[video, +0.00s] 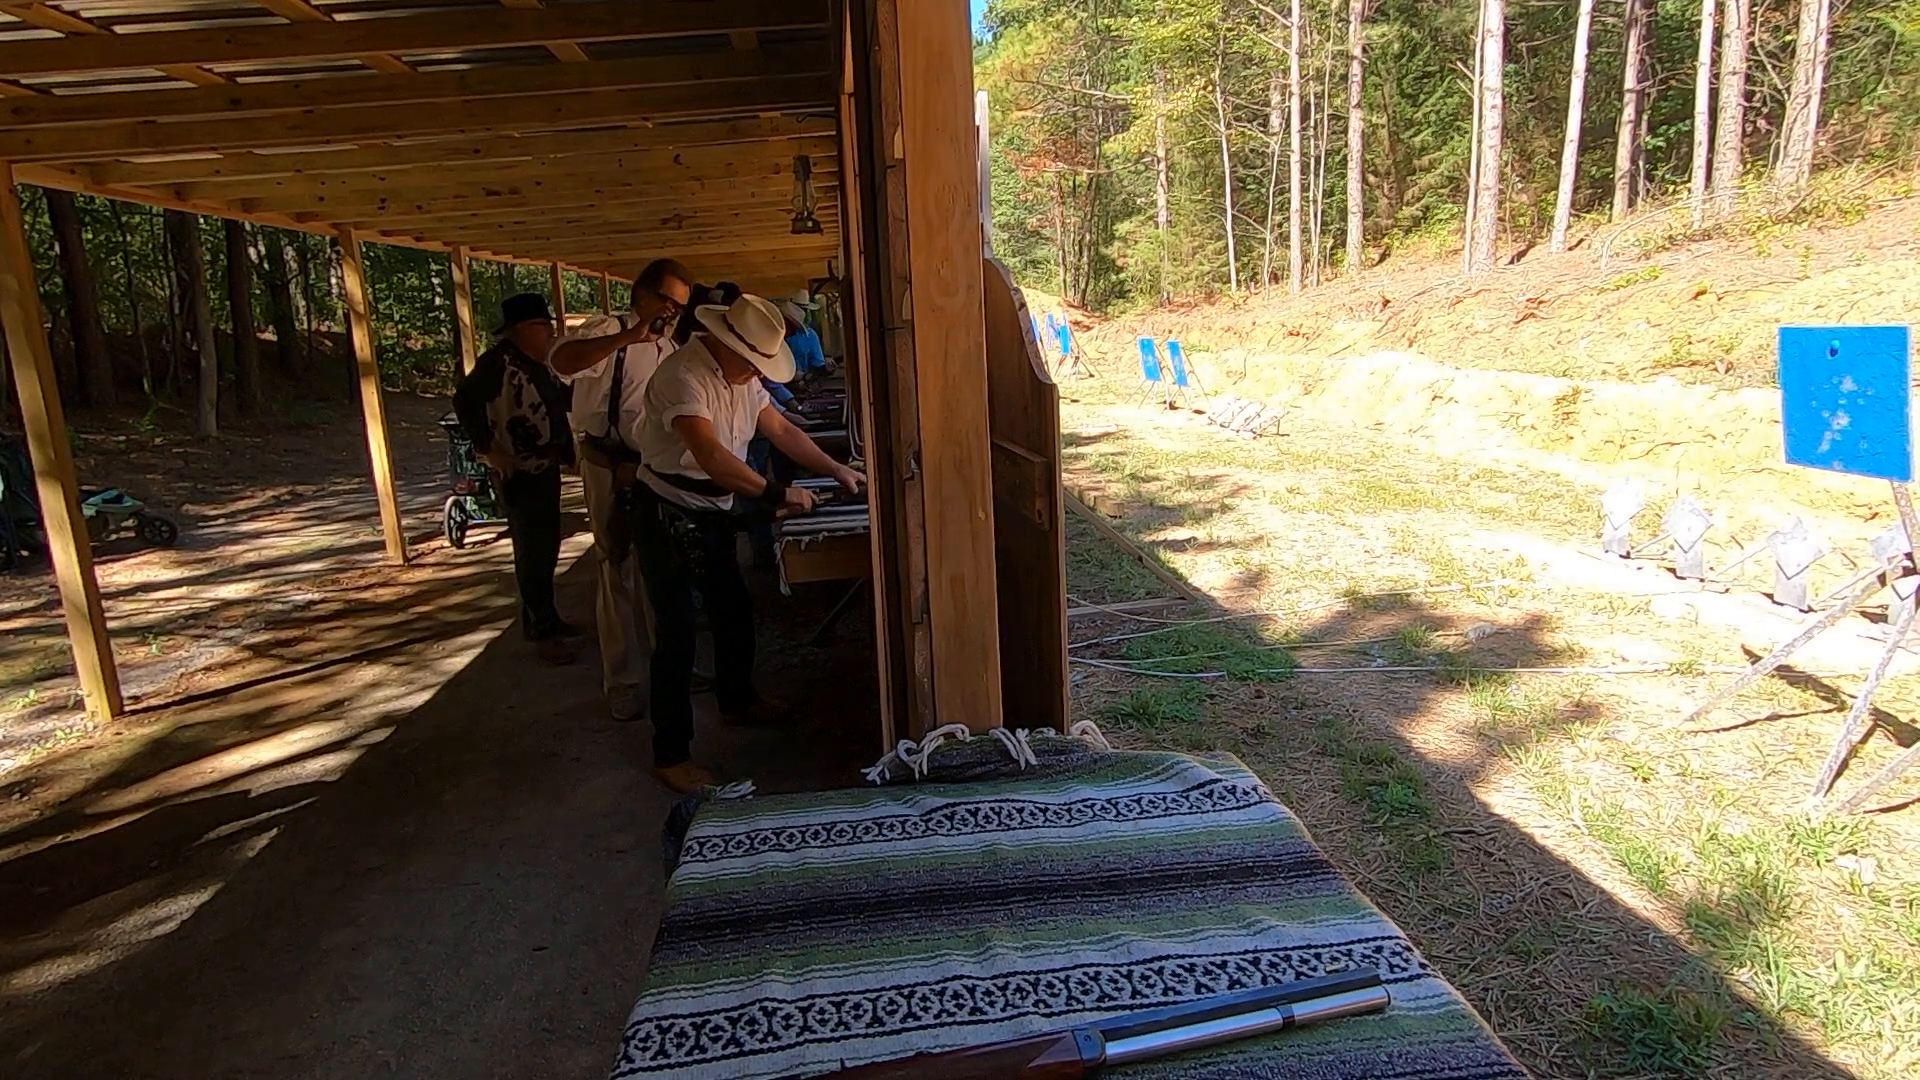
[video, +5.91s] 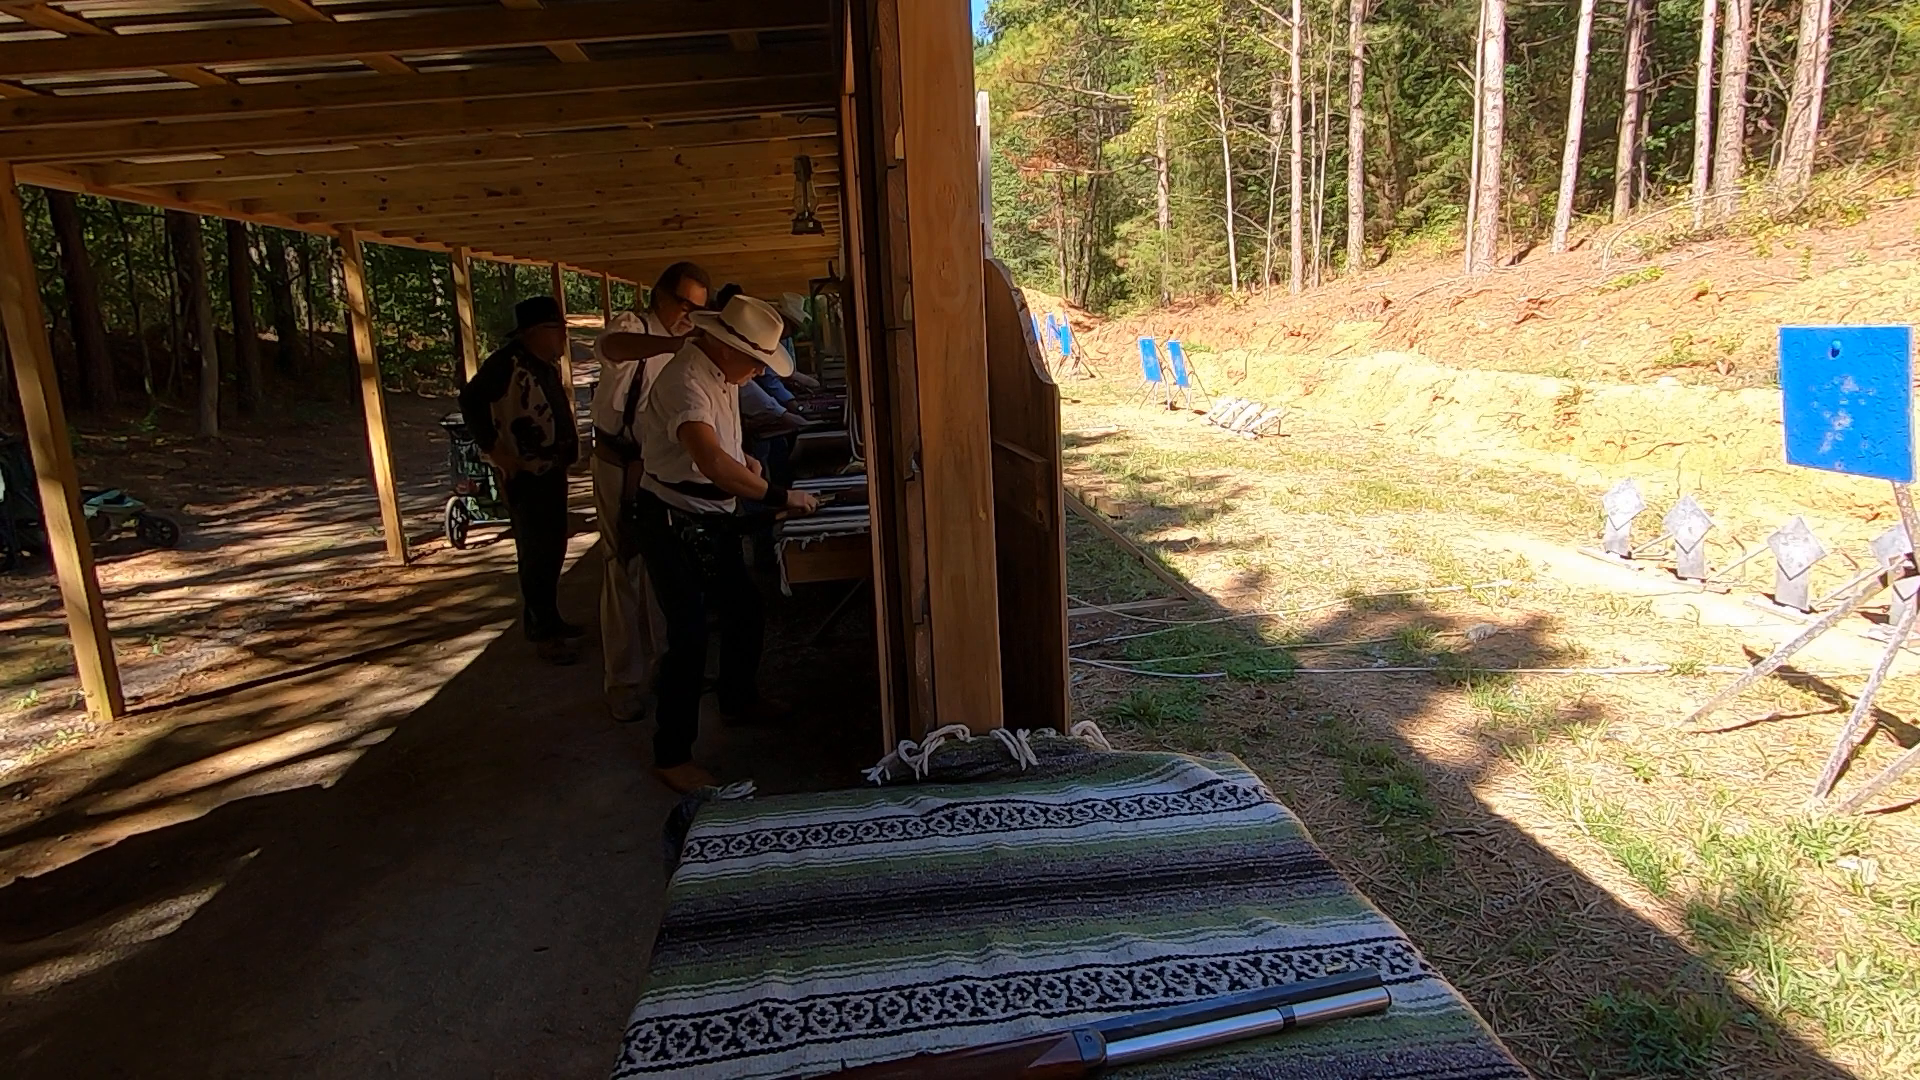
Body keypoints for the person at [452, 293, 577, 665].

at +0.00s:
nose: (549, 334)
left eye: (548, 326)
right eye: (541, 326)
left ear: (540, 329)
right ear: (519, 330)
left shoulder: (542, 364)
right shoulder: (497, 362)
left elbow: (556, 409)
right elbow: (465, 399)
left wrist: (566, 449)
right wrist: (486, 447)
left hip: (546, 470)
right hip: (518, 472)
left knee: (547, 546)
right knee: (532, 549)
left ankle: (546, 619)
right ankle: (539, 627)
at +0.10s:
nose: (549, 333)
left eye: (549, 326)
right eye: (542, 326)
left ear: (537, 329)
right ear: (519, 329)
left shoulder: (540, 365)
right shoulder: (496, 361)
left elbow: (570, 393)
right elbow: (464, 399)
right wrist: (487, 447)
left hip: (547, 469)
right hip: (520, 472)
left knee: (547, 547)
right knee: (533, 550)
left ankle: (546, 619)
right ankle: (540, 628)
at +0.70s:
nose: (550, 340)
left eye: (550, 332)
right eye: (545, 331)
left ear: (532, 330)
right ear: (524, 330)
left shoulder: (538, 366)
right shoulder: (493, 363)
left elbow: (560, 392)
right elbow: (459, 402)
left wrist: (580, 416)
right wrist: (484, 448)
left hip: (548, 471)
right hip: (520, 474)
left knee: (550, 547)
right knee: (532, 551)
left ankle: (547, 618)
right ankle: (540, 630)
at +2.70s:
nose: (561, 338)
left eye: (561, 330)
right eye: (555, 330)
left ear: (547, 332)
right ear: (533, 331)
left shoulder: (545, 364)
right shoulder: (505, 361)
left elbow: (549, 409)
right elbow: (468, 399)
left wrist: (564, 446)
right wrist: (490, 447)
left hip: (551, 472)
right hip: (525, 475)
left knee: (551, 550)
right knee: (536, 553)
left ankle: (549, 620)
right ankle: (541, 631)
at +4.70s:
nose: (562, 338)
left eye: (562, 330)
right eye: (556, 330)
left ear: (543, 333)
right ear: (534, 332)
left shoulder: (544, 366)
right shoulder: (505, 362)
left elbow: (551, 412)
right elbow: (468, 399)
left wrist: (567, 447)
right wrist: (489, 448)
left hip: (551, 473)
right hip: (525, 475)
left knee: (552, 550)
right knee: (536, 552)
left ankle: (549, 621)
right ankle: (541, 630)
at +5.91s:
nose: (565, 338)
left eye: (564, 330)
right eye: (559, 330)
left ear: (545, 332)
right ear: (537, 332)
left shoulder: (545, 365)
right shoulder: (507, 361)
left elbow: (552, 412)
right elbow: (471, 399)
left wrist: (565, 448)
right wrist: (493, 448)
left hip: (551, 473)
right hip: (526, 475)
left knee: (553, 549)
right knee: (536, 552)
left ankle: (549, 620)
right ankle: (541, 631)